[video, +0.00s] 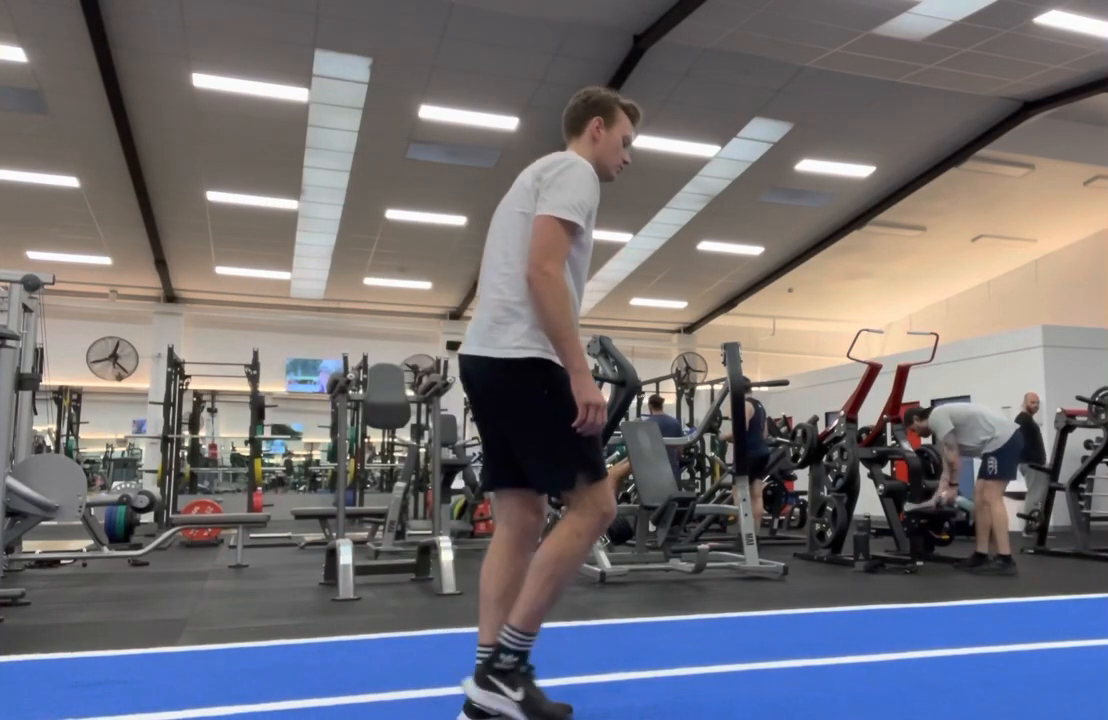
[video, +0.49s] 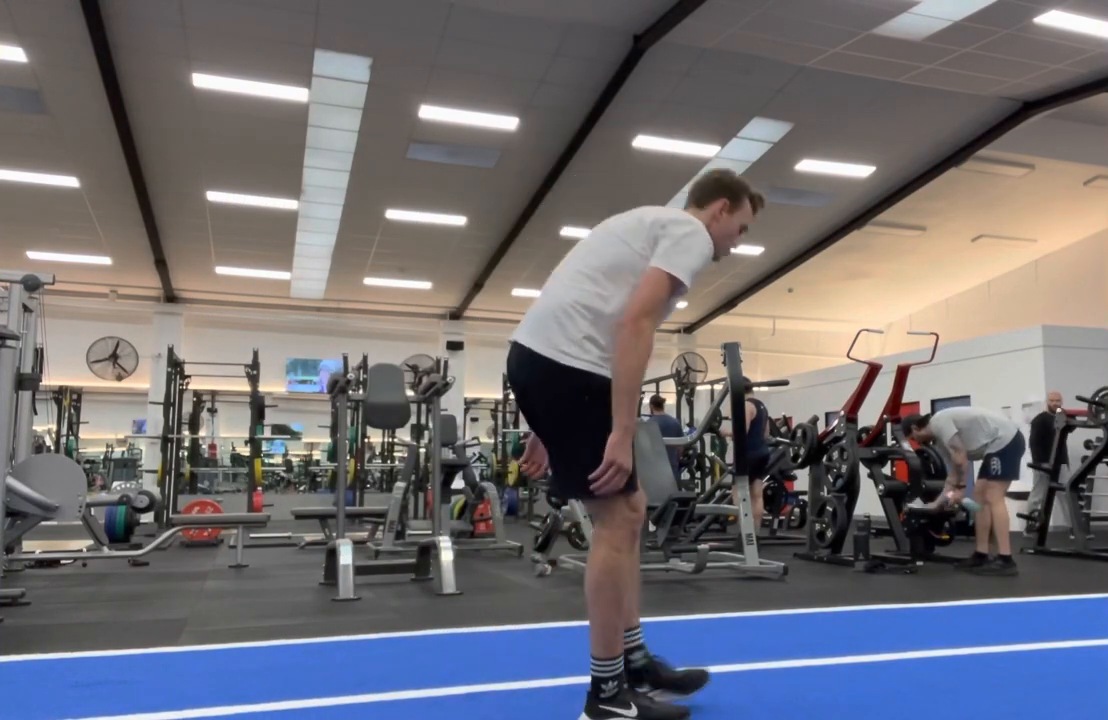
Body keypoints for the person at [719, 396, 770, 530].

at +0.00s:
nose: (730, 392)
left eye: (731, 389)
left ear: (737, 389)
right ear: (749, 387)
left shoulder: (745, 405)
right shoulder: (759, 405)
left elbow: (741, 430)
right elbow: (764, 433)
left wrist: (725, 436)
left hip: (746, 455)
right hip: (761, 453)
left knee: (738, 492)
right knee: (757, 496)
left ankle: (744, 532)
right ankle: (755, 534)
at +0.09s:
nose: (731, 393)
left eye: (731, 389)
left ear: (737, 389)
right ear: (749, 387)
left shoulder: (746, 405)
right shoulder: (760, 405)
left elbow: (741, 431)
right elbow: (765, 433)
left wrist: (726, 434)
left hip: (747, 455)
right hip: (761, 454)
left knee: (737, 492)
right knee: (757, 496)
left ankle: (744, 532)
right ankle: (755, 534)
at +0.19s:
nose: (731, 393)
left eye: (732, 389)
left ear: (738, 389)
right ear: (750, 387)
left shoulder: (747, 405)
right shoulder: (760, 404)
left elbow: (741, 431)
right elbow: (766, 432)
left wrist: (726, 432)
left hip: (747, 455)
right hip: (761, 453)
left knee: (737, 491)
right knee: (757, 496)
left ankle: (744, 531)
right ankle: (755, 534)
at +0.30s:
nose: (731, 393)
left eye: (732, 389)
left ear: (738, 389)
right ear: (750, 387)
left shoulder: (747, 405)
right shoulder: (761, 405)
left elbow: (742, 430)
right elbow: (766, 432)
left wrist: (726, 432)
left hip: (747, 455)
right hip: (761, 454)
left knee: (738, 492)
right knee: (757, 496)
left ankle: (744, 532)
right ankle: (755, 534)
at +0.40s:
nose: (732, 393)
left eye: (733, 390)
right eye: (732, 390)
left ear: (738, 390)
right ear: (750, 387)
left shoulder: (747, 405)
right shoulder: (761, 405)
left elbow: (742, 432)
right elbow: (766, 433)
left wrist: (725, 432)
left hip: (747, 455)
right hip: (761, 454)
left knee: (738, 492)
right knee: (757, 496)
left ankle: (744, 532)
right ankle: (755, 534)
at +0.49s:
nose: (732, 393)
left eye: (733, 390)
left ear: (739, 390)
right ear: (750, 387)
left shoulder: (747, 406)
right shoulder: (761, 405)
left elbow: (742, 432)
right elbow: (766, 433)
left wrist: (725, 432)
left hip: (747, 456)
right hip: (761, 454)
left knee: (737, 492)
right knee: (757, 496)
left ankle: (744, 532)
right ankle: (755, 534)